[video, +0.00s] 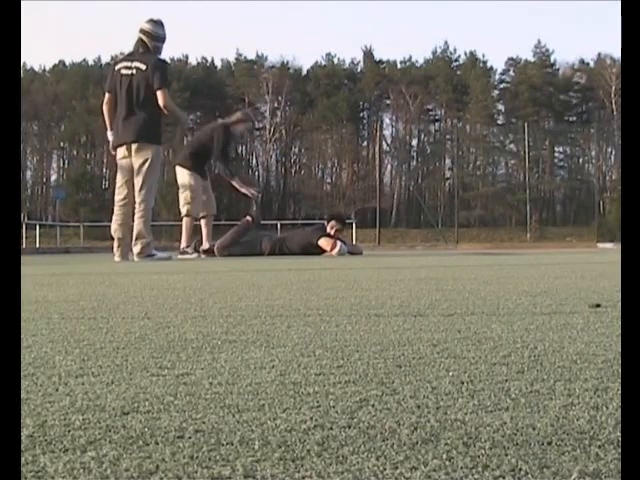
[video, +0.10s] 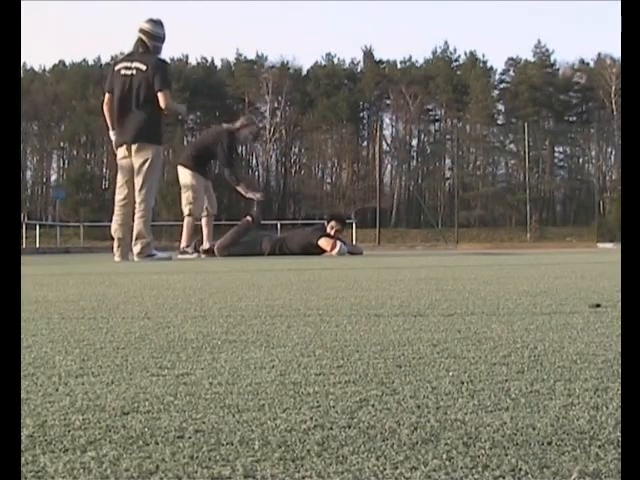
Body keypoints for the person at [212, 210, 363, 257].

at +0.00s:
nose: (335, 233)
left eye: (338, 231)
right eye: (334, 229)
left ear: (339, 230)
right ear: (327, 224)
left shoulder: (331, 236)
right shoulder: (318, 235)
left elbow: (358, 250)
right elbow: (337, 248)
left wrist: (342, 247)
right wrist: (342, 247)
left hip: (270, 242)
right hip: (266, 245)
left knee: (225, 247)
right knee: (220, 250)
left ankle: (203, 250)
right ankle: (247, 221)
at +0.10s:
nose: (335, 233)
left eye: (338, 231)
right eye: (333, 229)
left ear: (340, 231)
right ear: (327, 224)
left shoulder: (332, 237)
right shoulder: (317, 234)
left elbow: (358, 250)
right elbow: (337, 248)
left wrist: (341, 248)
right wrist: (342, 247)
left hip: (272, 242)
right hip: (267, 245)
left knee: (224, 247)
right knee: (220, 250)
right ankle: (247, 221)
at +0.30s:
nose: (334, 233)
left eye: (338, 231)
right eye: (333, 229)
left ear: (339, 231)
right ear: (327, 224)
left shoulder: (331, 237)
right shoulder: (318, 235)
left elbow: (358, 251)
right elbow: (337, 249)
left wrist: (342, 246)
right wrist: (341, 248)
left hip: (273, 242)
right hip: (268, 245)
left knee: (227, 248)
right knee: (220, 250)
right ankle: (252, 223)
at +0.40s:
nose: (335, 234)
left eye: (338, 231)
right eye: (333, 229)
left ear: (339, 230)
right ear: (327, 225)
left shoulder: (330, 237)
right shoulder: (319, 235)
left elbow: (357, 250)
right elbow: (335, 251)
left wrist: (343, 247)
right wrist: (343, 245)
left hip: (276, 243)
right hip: (274, 245)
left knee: (227, 248)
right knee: (223, 249)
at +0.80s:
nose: (336, 235)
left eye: (339, 232)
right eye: (334, 231)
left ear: (341, 230)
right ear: (327, 227)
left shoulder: (328, 237)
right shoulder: (318, 236)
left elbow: (355, 250)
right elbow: (334, 248)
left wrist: (343, 248)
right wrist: (348, 248)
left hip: (270, 240)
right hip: (266, 243)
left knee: (233, 245)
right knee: (229, 247)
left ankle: (203, 246)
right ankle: (201, 247)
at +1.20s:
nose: (340, 241)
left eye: (342, 239)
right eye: (341, 238)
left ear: (335, 234)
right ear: (335, 234)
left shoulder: (326, 238)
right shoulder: (319, 236)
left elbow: (357, 251)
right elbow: (334, 248)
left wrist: (345, 246)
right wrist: (350, 248)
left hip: (273, 242)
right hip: (270, 243)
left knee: (234, 246)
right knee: (232, 246)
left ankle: (197, 250)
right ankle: (195, 251)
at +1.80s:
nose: (337, 237)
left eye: (341, 236)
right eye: (336, 233)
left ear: (344, 236)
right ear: (330, 230)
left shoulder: (331, 243)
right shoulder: (318, 237)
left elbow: (359, 251)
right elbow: (333, 248)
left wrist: (343, 247)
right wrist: (351, 248)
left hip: (272, 242)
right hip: (269, 239)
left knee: (233, 246)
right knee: (234, 246)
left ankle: (199, 251)